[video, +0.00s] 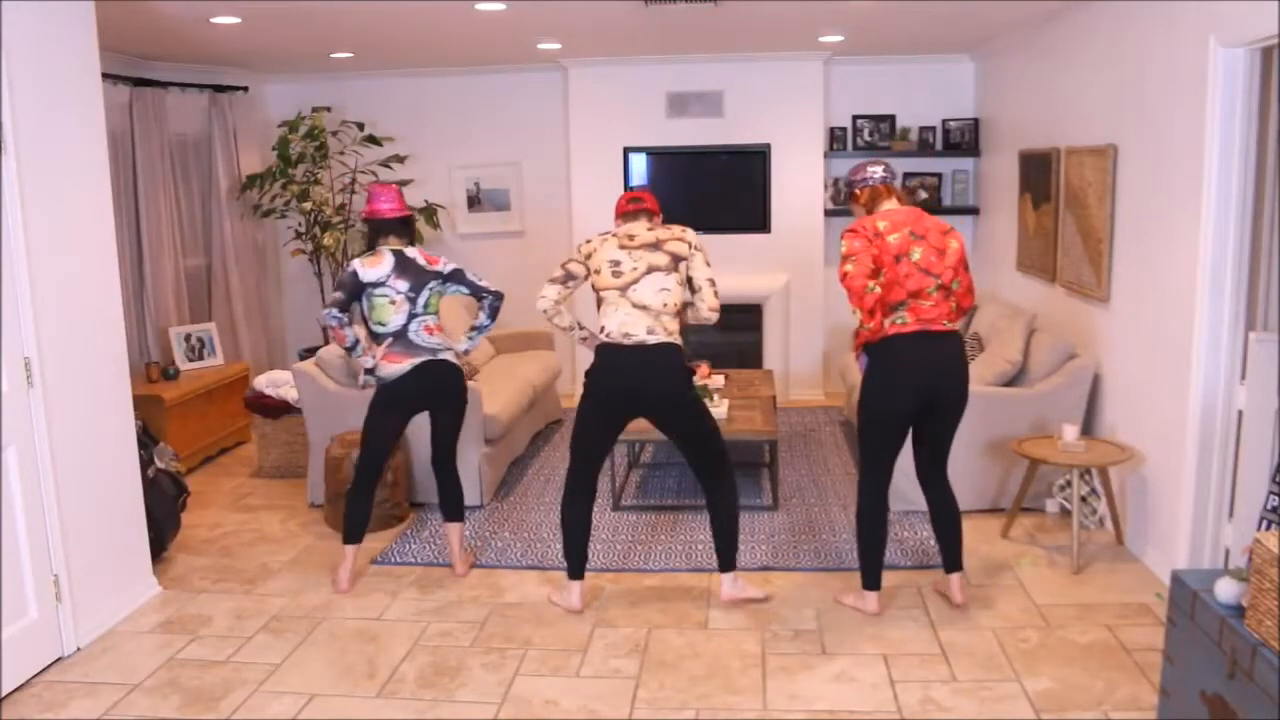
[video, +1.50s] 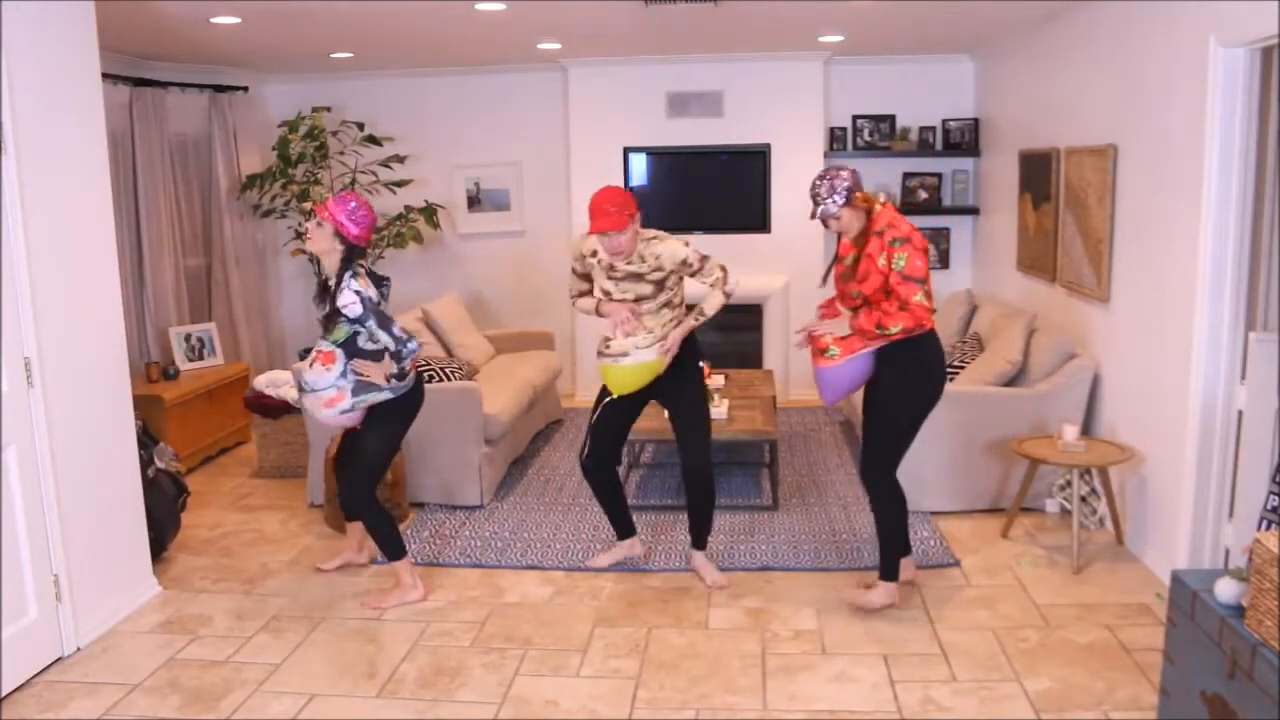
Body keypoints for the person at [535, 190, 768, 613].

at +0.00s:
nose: (640, 224)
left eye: (633, 217)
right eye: (649, 215)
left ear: (618, 218)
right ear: (658, 214)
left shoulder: (596, 247)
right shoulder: (684, 241)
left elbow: (548, 301)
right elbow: (708, 310)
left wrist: (586, 335)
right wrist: (669, 310)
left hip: (608, 373)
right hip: (665, 372)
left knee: (580, 476)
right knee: (716, 471)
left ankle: (574, 589)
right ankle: (729, 579)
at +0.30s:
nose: (617, 212)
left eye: (610, 206)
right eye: (624, 203)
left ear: (606, 205)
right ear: (647, 201)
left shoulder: (591, 240)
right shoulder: (680, 231)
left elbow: (562, 299)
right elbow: (709, 300)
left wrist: (598, 342)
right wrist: (670, 314)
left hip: (624, 367)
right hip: (675, 365)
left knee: (576, 471)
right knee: (701, 471)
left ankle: (598, 582)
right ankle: (714, 582)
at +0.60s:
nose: (573, 194)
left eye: (578, 186)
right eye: (575, 185)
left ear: (598, 190)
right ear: (614, 190)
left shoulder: (585, 232)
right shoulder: (652, 222)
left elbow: (587, 296)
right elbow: (686, 283)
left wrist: (607, 345)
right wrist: (656, 317)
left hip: (645, 355)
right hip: (685, 351)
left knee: (591, 466)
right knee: (668, 457)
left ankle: (605, 578)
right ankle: (686, 558)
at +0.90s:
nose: (568, 192)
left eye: (579, 186)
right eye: (571, 183)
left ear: (604, 198)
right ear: (592, 198)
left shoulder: (608, 239)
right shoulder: (608, 232)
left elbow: (648, 300)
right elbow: (628, 286)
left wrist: (626, 346)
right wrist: (596, 308)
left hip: (668, 357)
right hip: (657, 354)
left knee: (638, 468)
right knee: (617, 445)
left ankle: (666, 576)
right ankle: (663, 539)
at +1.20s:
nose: (566, 242)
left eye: (575, 232)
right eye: (560, 233)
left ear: (598, 231)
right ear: (555, 236)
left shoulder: (629, 264)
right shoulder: (573, 268)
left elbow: (697, 297)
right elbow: (586, 301)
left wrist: (660, 344)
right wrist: (594, 320)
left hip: (670, 363)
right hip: (626, 367)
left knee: (661, 462)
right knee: (591, 463)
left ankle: (675, 561)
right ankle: (632, 546)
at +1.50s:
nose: (614, 242)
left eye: (621, 232)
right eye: (605, 235)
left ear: (637, 223)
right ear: (594, 232)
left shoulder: (667, 250)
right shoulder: (586, 252)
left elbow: (721, 282)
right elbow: (578, 295)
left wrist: (684, 329)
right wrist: (606, 307)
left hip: (677, 359)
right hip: (626, 362)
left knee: (697, 457)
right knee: (595, 459)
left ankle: (699, 550)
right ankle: (628, 540)